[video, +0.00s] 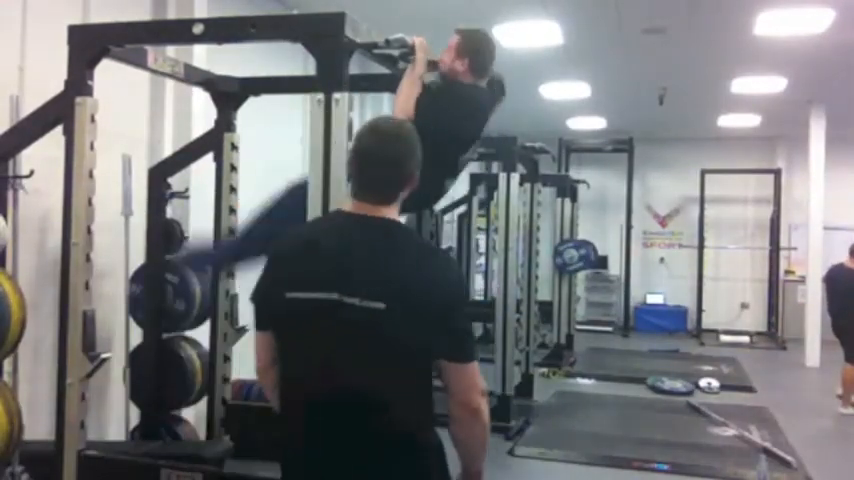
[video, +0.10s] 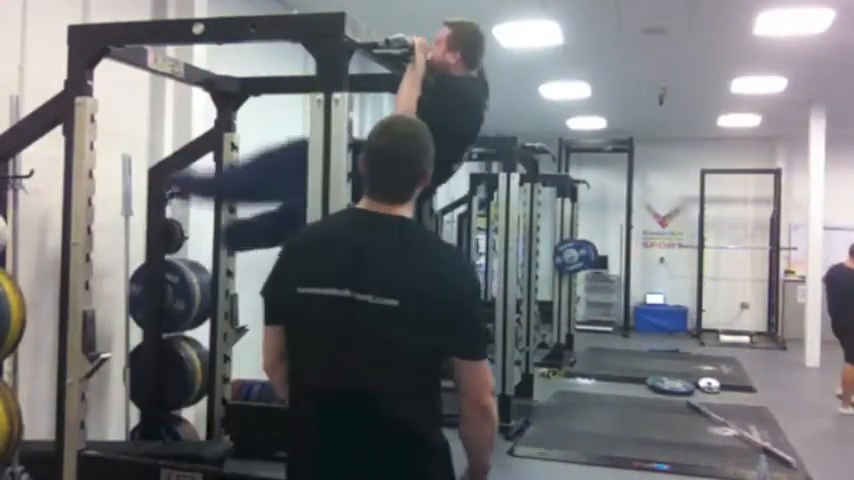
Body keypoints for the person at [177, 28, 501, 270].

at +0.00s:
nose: (441, 55)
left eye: (447, 52)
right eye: (445, 50)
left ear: (462, 62)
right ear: (477, 66)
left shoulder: (453, 96)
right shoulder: (477, 96)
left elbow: (403, 113)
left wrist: (418, 63)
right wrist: (423, 69)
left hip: (400, 187)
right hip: (409, 188)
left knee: (305, 195)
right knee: (308, 195)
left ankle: (225, 254)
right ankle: (229, 251)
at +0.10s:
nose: (430, 48)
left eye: (436, 44)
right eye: (433, 43)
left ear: (454, 55)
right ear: (464, 56)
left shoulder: (455, 92)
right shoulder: (467, 89)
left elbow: (405, 124)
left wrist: (415, 68)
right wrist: (418, 64)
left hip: (385, 174)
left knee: (297, 161)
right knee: (298, 217)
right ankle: (219, 240)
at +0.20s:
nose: (427, 52)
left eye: (431, 47)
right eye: (428, 46)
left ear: (450, 52)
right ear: (462, 54)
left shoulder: (458, 91)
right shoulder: (468, 91)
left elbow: (406, 119)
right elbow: (411, 115)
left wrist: (416, 67)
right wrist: (416, 67)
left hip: (371, 164)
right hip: (380, 182)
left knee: (293, 143)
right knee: (295, 213)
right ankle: (216, 226)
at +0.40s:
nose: (435, 58)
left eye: (440, 53)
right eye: (437, 53)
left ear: (459, 55)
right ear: (467, 56)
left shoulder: (468, 92)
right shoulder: (471, 89)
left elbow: (415, 113)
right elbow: (419, 111)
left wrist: (420, 63)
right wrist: (423, 68)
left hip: (392, 172)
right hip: (398, 178)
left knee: (314, 146)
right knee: (317, 201)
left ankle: (233, 150)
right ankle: (239, 235)